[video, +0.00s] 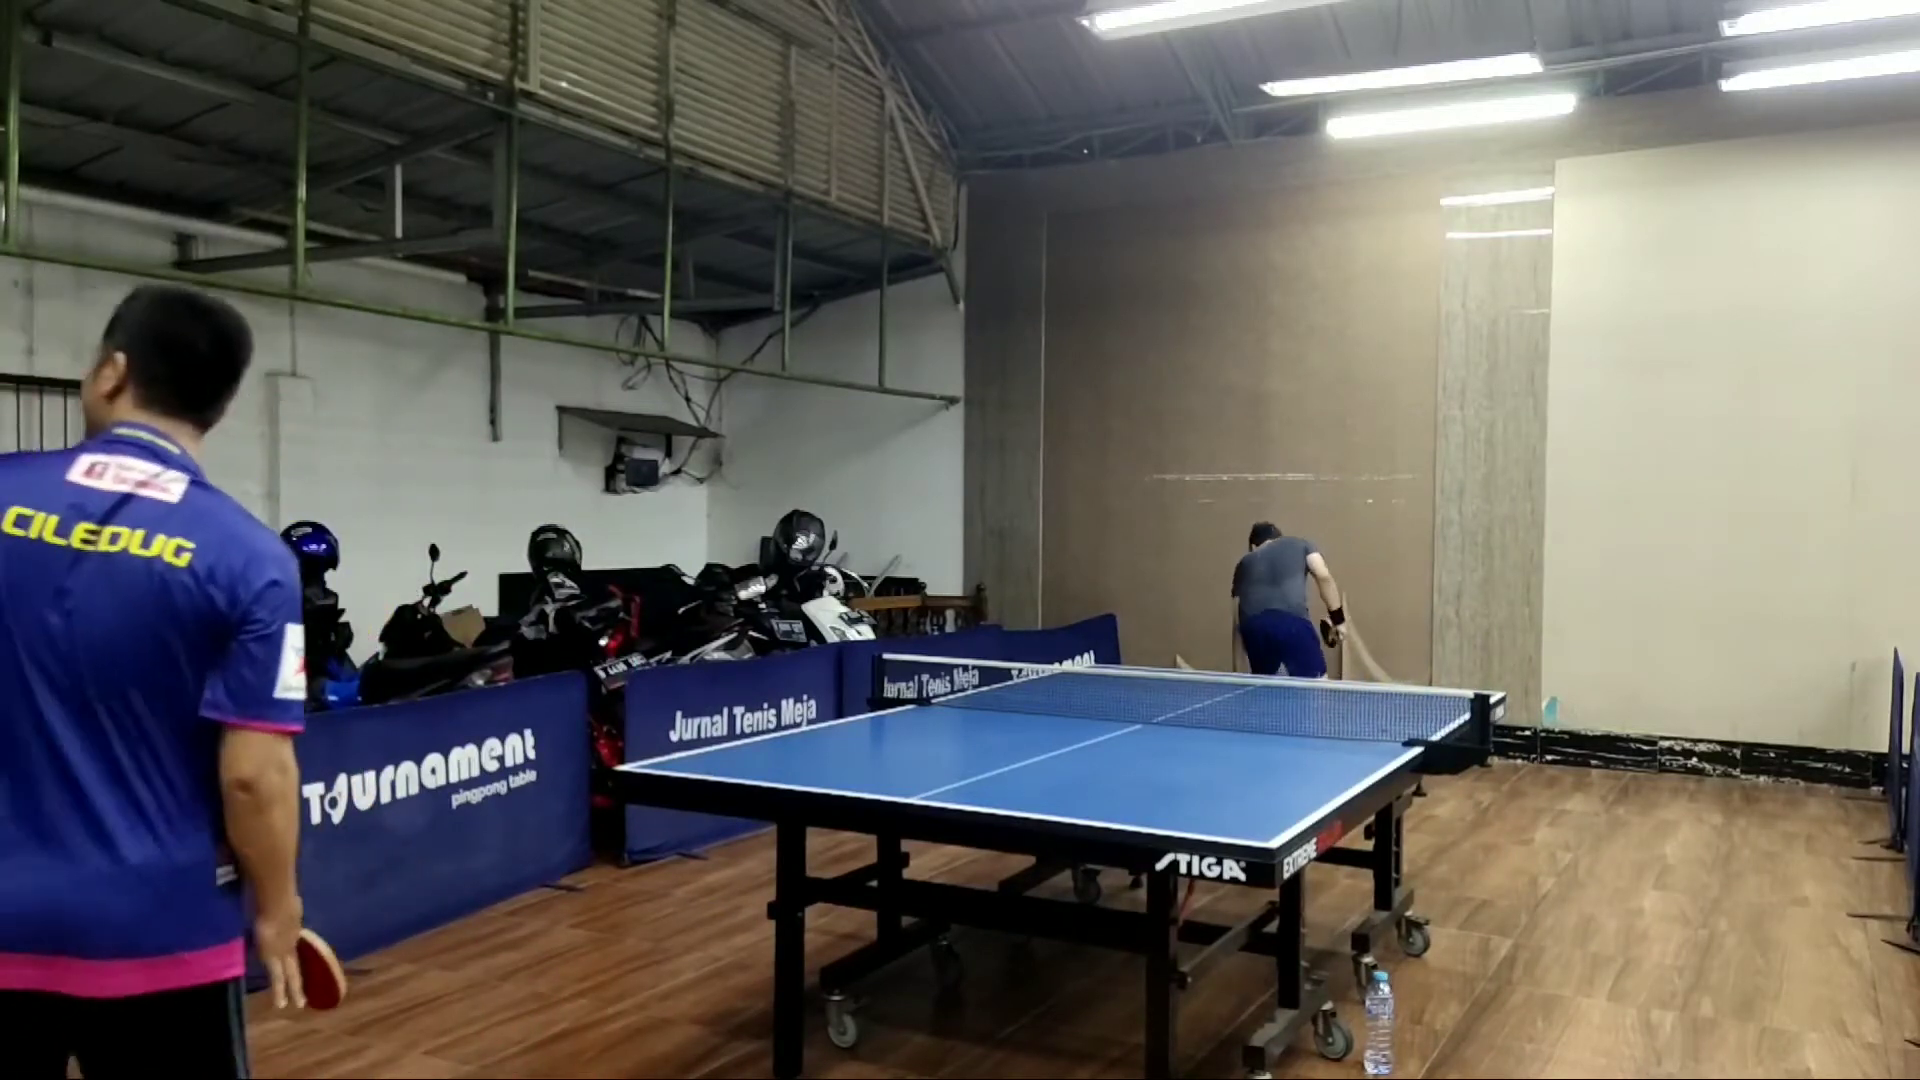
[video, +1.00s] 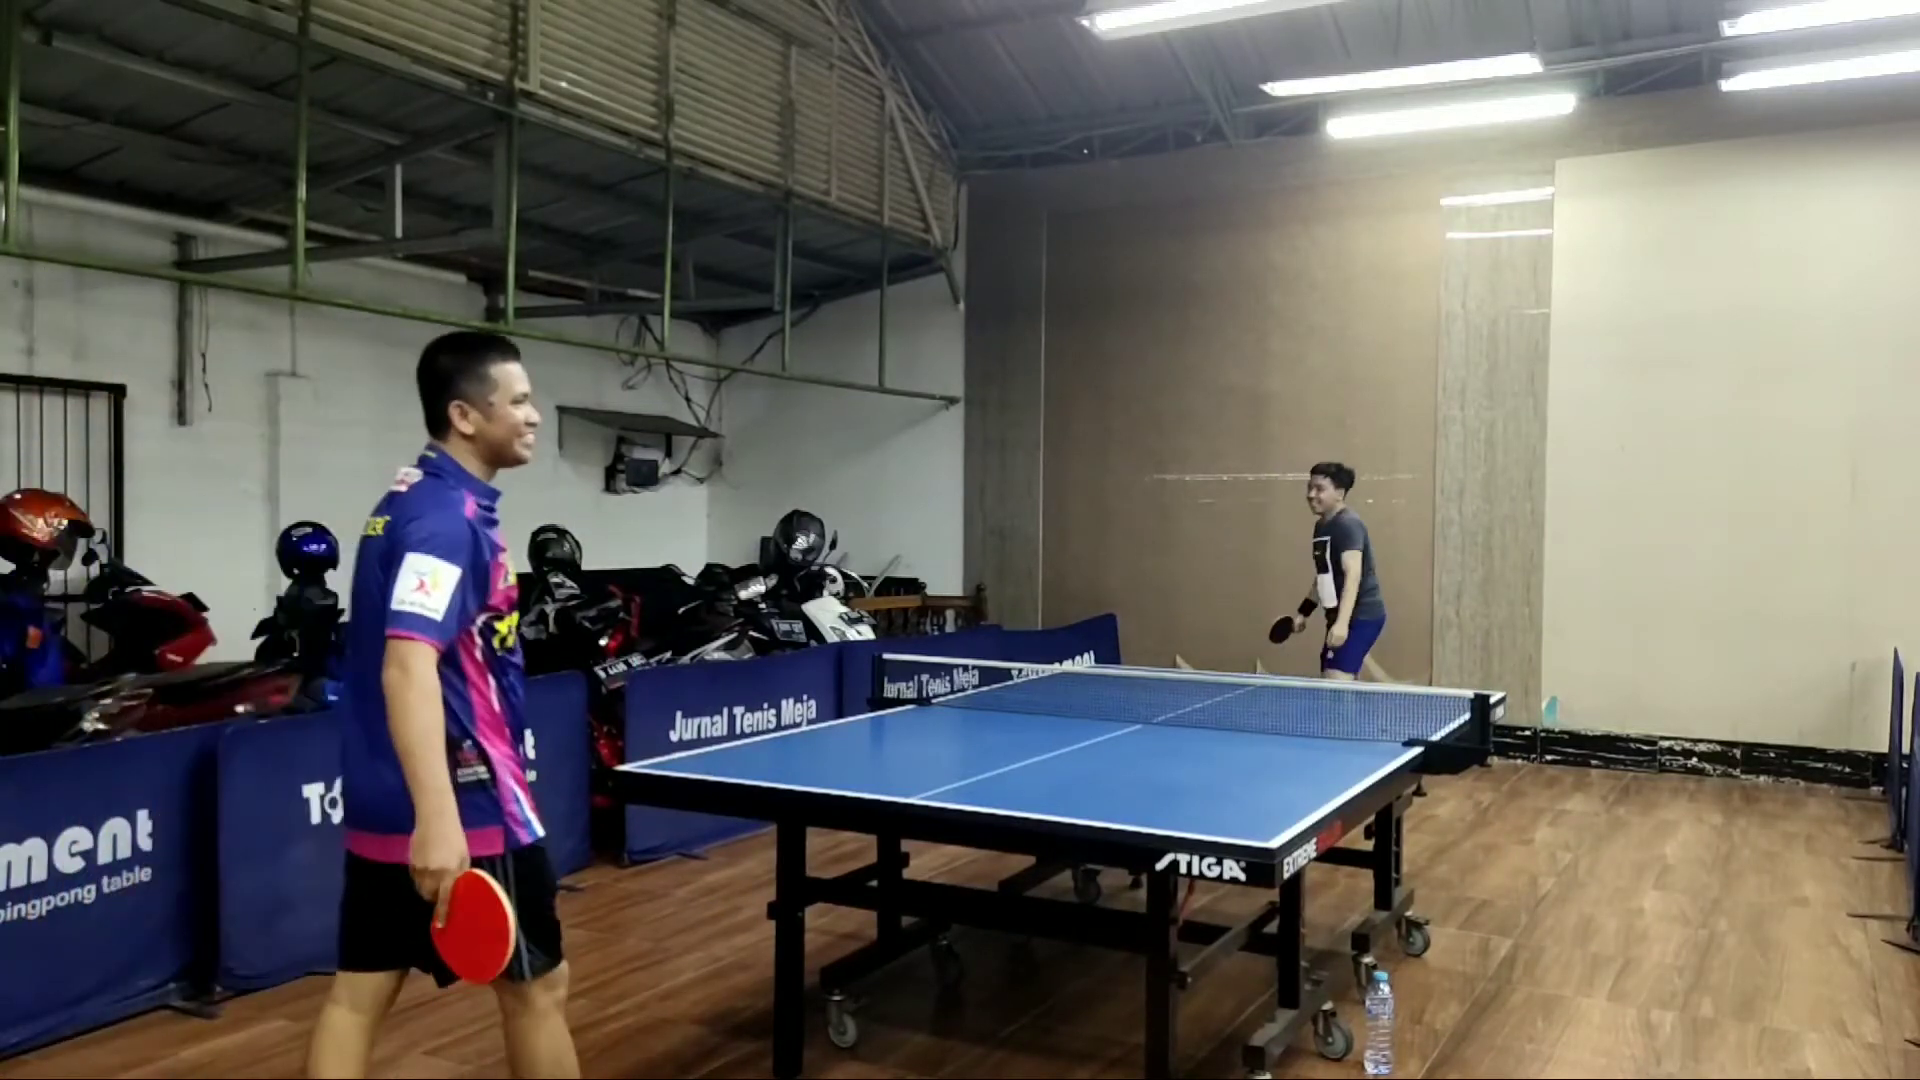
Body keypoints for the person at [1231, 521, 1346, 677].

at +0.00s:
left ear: (1253, 546)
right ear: (1279, 537)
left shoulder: (1244, 562)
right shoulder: (1300, 545)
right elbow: (1324, 577)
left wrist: (1238, 675)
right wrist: (1338, 620)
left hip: (1254, 627)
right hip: (1293, 622)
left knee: (1264, 688)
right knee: (1315, 687)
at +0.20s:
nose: (1236, 570)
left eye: (1235, 566)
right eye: (1234, 567)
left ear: (1240, 559)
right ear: (1262, 550)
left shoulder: (1240, 574)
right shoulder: (1293, 552)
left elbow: (1232, 634)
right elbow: (1331, 572)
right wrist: (1338, 619)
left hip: (1260, 624)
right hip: (1303, 618)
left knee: (1252, 690)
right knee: (1324, 687)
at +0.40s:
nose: (1229, 565)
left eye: (1228, 558)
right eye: (1227, 560)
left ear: (1238, 550)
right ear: (1257, 543)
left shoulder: (1239, 570)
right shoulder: (1296, 551)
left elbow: (1216, 626)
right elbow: (1334, 582)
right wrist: (1343, 629)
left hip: (1277, 624)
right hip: (1321, 621)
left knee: (1259, 692)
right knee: (1329, 694)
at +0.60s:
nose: (1246, 530)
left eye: (1247, 521)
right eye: (1245, 522)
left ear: (1265, 518)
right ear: (1278, 517)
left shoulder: (1262, 545)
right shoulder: (1312, 539)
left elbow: (1254, 601)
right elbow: (1341, 586)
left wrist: (1244, 614)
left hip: (1304, 621)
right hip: (1339, 619)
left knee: (1278, 691)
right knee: (1320, 692)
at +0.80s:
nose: (1277, 508)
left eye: (1283, 501)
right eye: (1277, 502)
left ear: (1304, 503)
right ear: (1305, 504)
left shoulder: (1306, 533)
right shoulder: (1322, 526)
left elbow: (1302, 591)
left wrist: (1296, 639)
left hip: (1334, 623)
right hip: (1351, 620)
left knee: (1298, 688)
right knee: (1328, 692)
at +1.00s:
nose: (1311, 495)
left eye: (1320, 489)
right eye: (1310, 488)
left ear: (1340, 493)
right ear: (1307, 489)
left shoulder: (1348, 525)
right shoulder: (1322, 526)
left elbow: (1353, 577)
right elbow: (1323, 576)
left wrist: (1342, 623)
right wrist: (1303, 613)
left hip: (1361, 616)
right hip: (1339, 614)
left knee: (1336, 682)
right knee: (1333, 679)